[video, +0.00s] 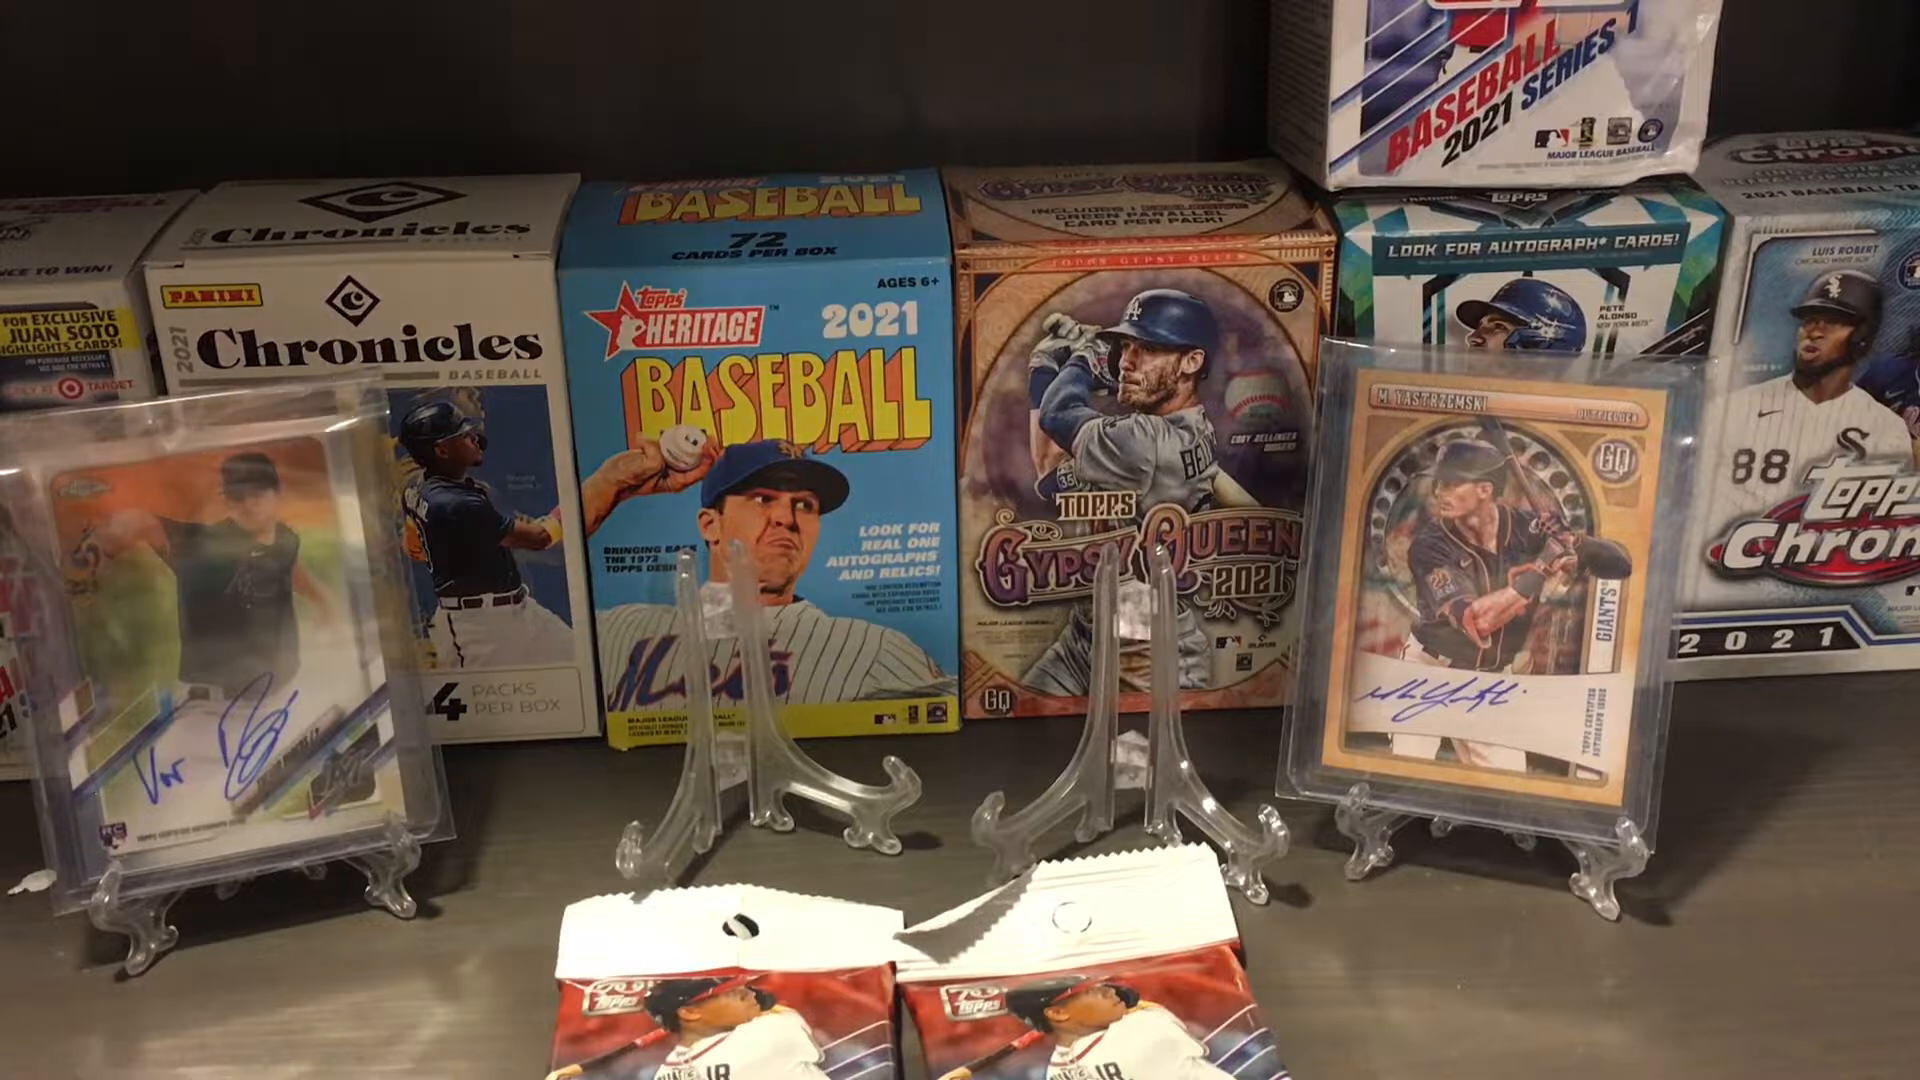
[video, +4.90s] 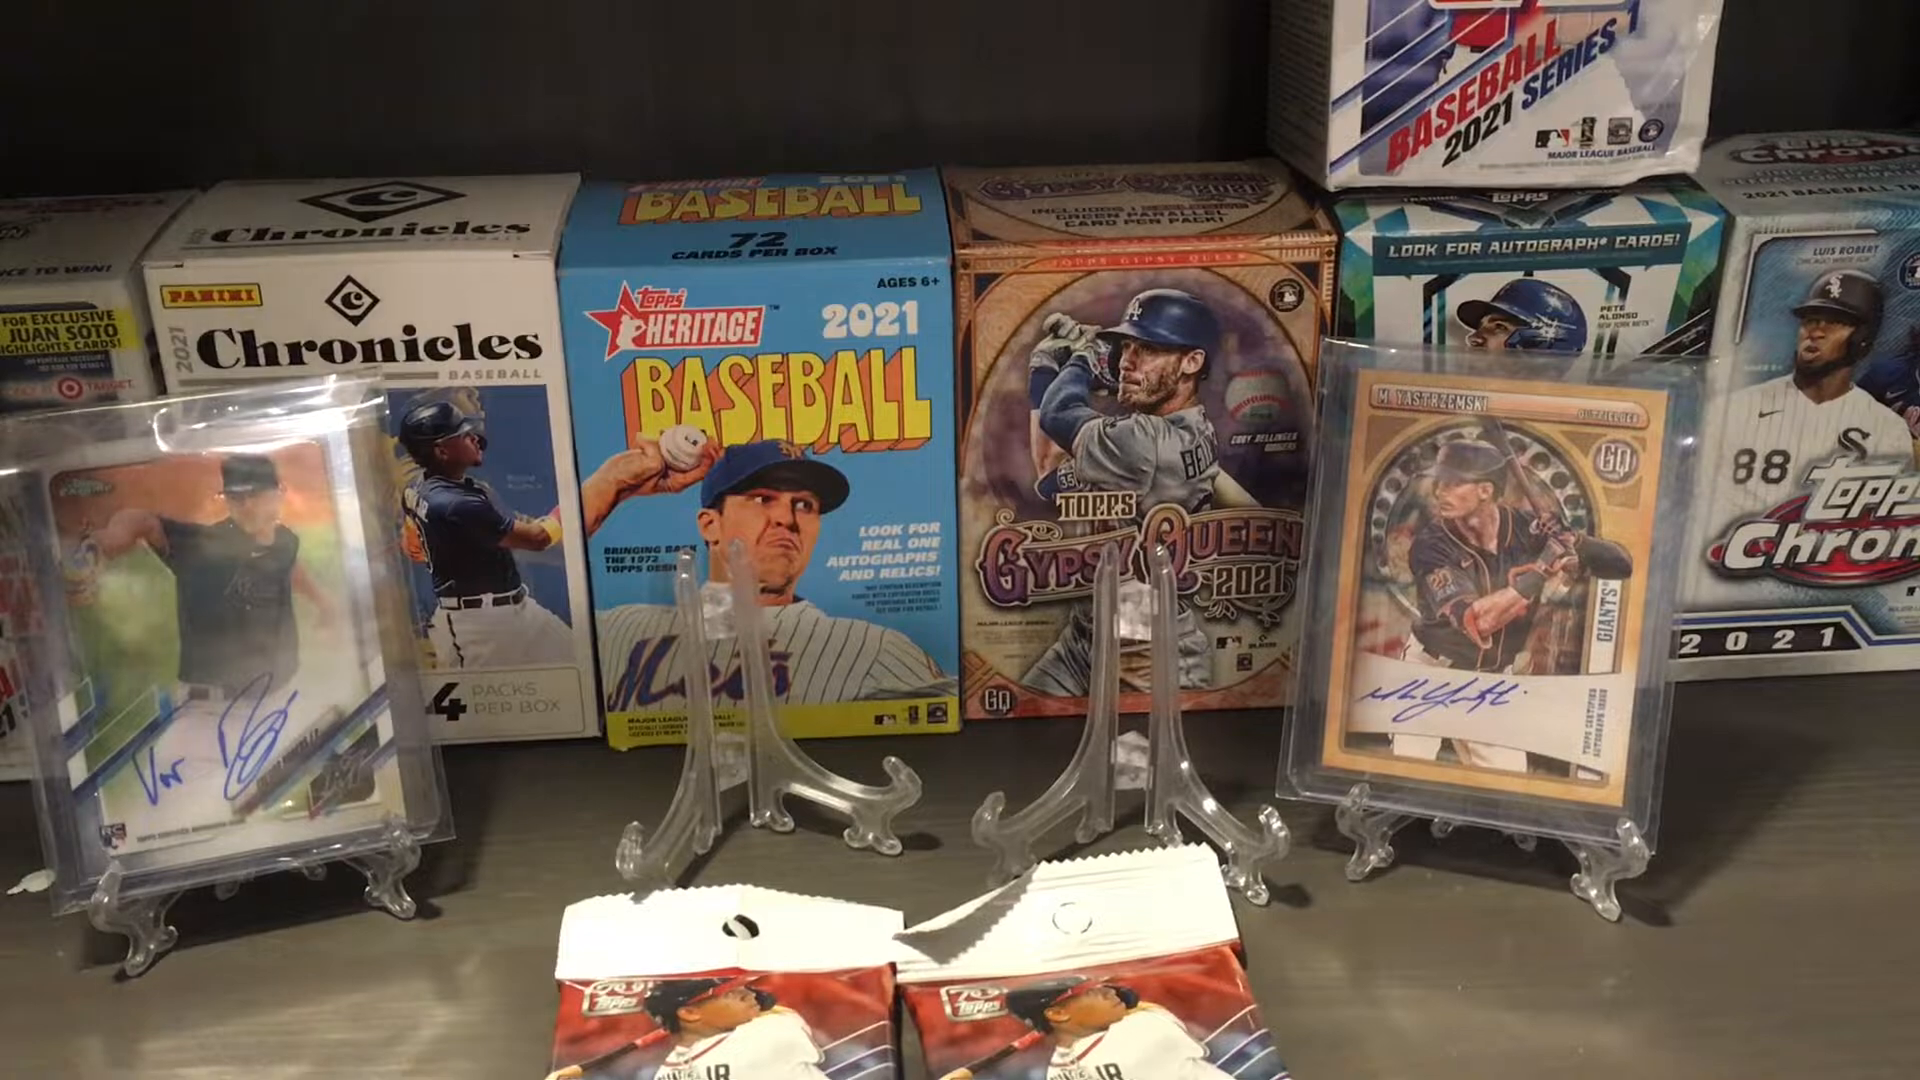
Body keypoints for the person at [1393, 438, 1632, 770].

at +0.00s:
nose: (1439, 493)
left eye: (1451, 485)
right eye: (1439, 484)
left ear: (1484, 491)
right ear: (1435, 486)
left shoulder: (1527, 528)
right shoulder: (1430, 541)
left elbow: (1622, 563)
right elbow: (1474, 623)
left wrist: (1577, 551)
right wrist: (1538, 571)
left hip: (1495, 676)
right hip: (1429, 669)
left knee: (1508, 792)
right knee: (1410, 774)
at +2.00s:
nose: (1439, 491)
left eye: (1451, 484)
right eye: (1439, 483)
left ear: (1484, 490)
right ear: (1436, 485)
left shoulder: (1526, 528)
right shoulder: (1430, 540)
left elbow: (1621, 562)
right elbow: (1474, 622)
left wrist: (1574, 550)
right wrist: (1540, 567)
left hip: (1493, 677)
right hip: (1429, 670)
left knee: (1509, 788)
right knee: (1409, 775)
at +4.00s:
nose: (1440, 491)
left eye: (1452, 483)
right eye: (1439, 482)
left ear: (1484, 491)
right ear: (1436, 486)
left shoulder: (1527, 529)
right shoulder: (1430, 541)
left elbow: (1623, 564)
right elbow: (1471, 621)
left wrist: (1574, 545)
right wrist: (1538, 573)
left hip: (1495, 676)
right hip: (1429, 668)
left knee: (1509, 789)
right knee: (1412, 769)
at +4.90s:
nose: (1440, 492)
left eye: (1453, 484)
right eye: (1440, 482)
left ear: (1485, 492)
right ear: (1435, 484)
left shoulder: (1526, 529)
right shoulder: (1431, 541)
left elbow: (1623, 563)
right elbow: (1473, 622)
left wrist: (1574, 548)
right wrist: (1540, 571)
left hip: (1494, 676)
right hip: (1430, 669)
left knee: (1509, 787)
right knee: (1411, 774)